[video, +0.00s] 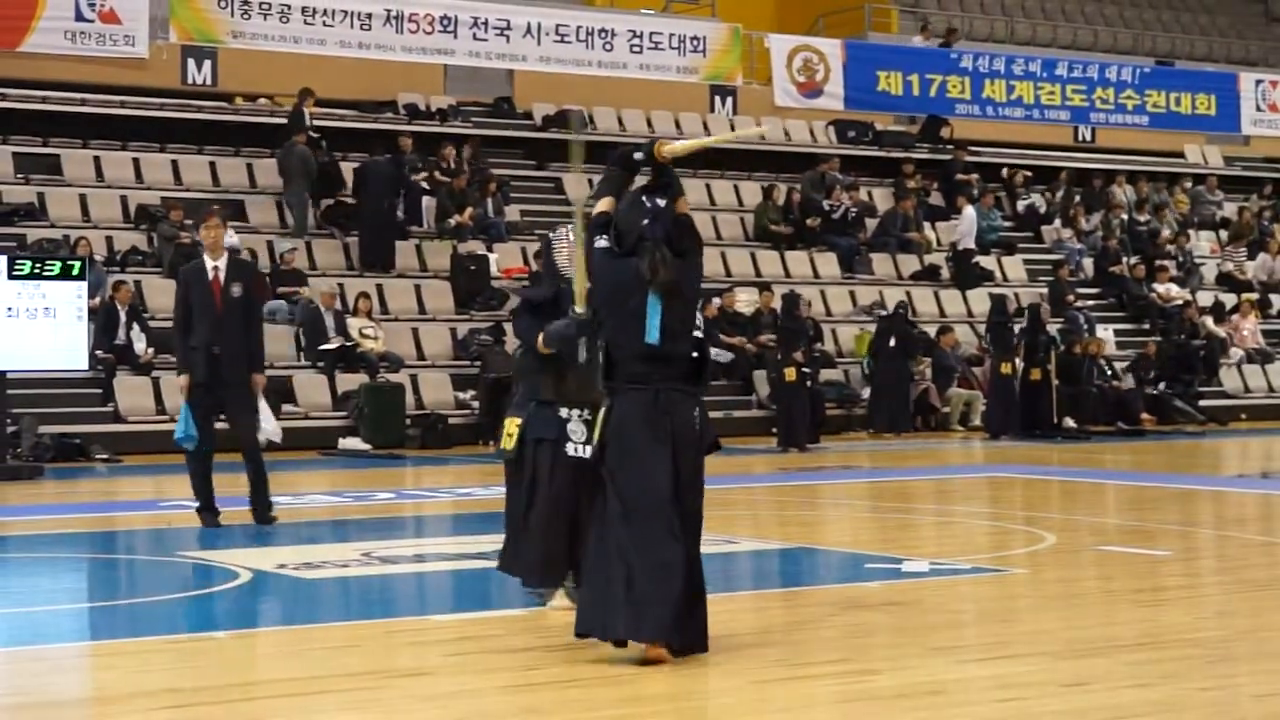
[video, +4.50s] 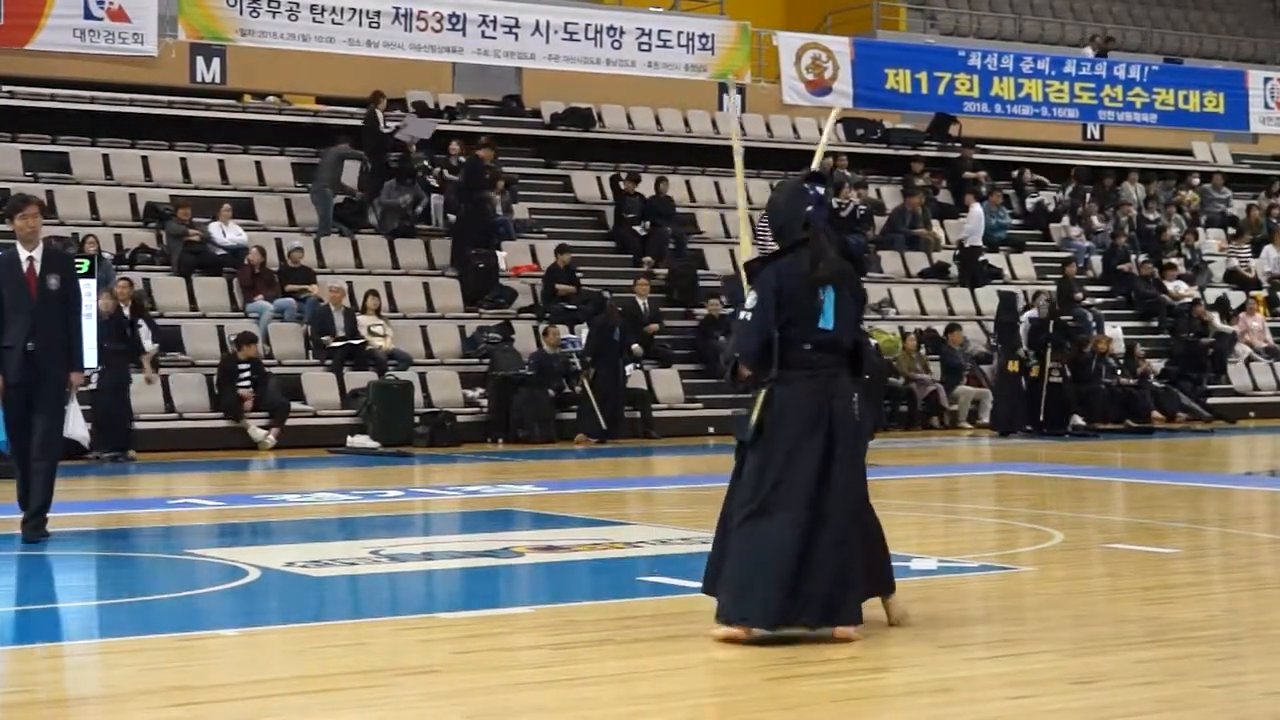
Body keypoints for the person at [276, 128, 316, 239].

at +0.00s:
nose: (306, 138)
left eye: (305, 135)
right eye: (304, 135)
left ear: (293, 135)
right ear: (300, 135)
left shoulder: (283, 151)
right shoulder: (305, 151)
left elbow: (281, 172)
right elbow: (312, 171)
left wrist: (291, 179)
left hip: (288, 191)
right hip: (301, 191)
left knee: (299, 223)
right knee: (301, 225)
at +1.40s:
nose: (319, 138)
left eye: (319, 135)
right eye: (317, 135)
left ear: (306, 134)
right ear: (312, 135)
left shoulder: (293, 149)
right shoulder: (316, 150)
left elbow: (289, 168)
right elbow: (322, 169)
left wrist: (297, 176)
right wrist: (330, 183)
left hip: (297, 186)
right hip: (310, 187)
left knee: (308, 219)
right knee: (310, 220)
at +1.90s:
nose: (324, 138)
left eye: (324, 135)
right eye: (323, 135)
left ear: (311, 135)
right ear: (318, 135)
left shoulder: (299, 150)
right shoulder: (322, 151)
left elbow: (294, 166)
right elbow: (332, 167)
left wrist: (298, 178)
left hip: (302, 187)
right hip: (315, 187)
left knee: (311, 217)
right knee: (313, 219)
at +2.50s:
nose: (327, 137)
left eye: (326, 135)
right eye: (325, 135)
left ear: (315, 135)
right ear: (322, 136)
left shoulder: (307, 148)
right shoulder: (325, 148)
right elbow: (340, 162)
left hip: (309, 185)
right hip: (321, 186)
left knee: (316, 218)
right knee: (321, 220)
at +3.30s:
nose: (332, 141)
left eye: (332, 138)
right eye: (332, 138)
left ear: (321, 137)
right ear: (329, 138)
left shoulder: (312, 149)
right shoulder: (325, 149)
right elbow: (335, 163)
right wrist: (348, 169)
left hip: (310, 188)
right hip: (320, 189)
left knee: (316, 221)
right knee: (322, 222)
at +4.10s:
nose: (345, 147)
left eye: (346, 145)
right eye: (345, 144)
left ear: (335, 142)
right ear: (343, 142)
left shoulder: (326, 152)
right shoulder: (336, 149)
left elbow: (334, 183)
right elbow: (352, 153)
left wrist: (353, 190)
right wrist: (363, 158)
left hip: (316, 191)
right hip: (323, 191)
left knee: (324, 225)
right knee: (324, 226)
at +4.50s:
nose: (348, 150)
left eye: (348, 148)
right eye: (347, 147)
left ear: (337, 144)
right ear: (345, 145)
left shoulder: (329, 154)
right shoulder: (338, 151)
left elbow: (335, 184)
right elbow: (361, 154)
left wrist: (354, 193)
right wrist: (365, 161)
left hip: (317, 190)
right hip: (324, 190)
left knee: (325, 225)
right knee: (325, 226)